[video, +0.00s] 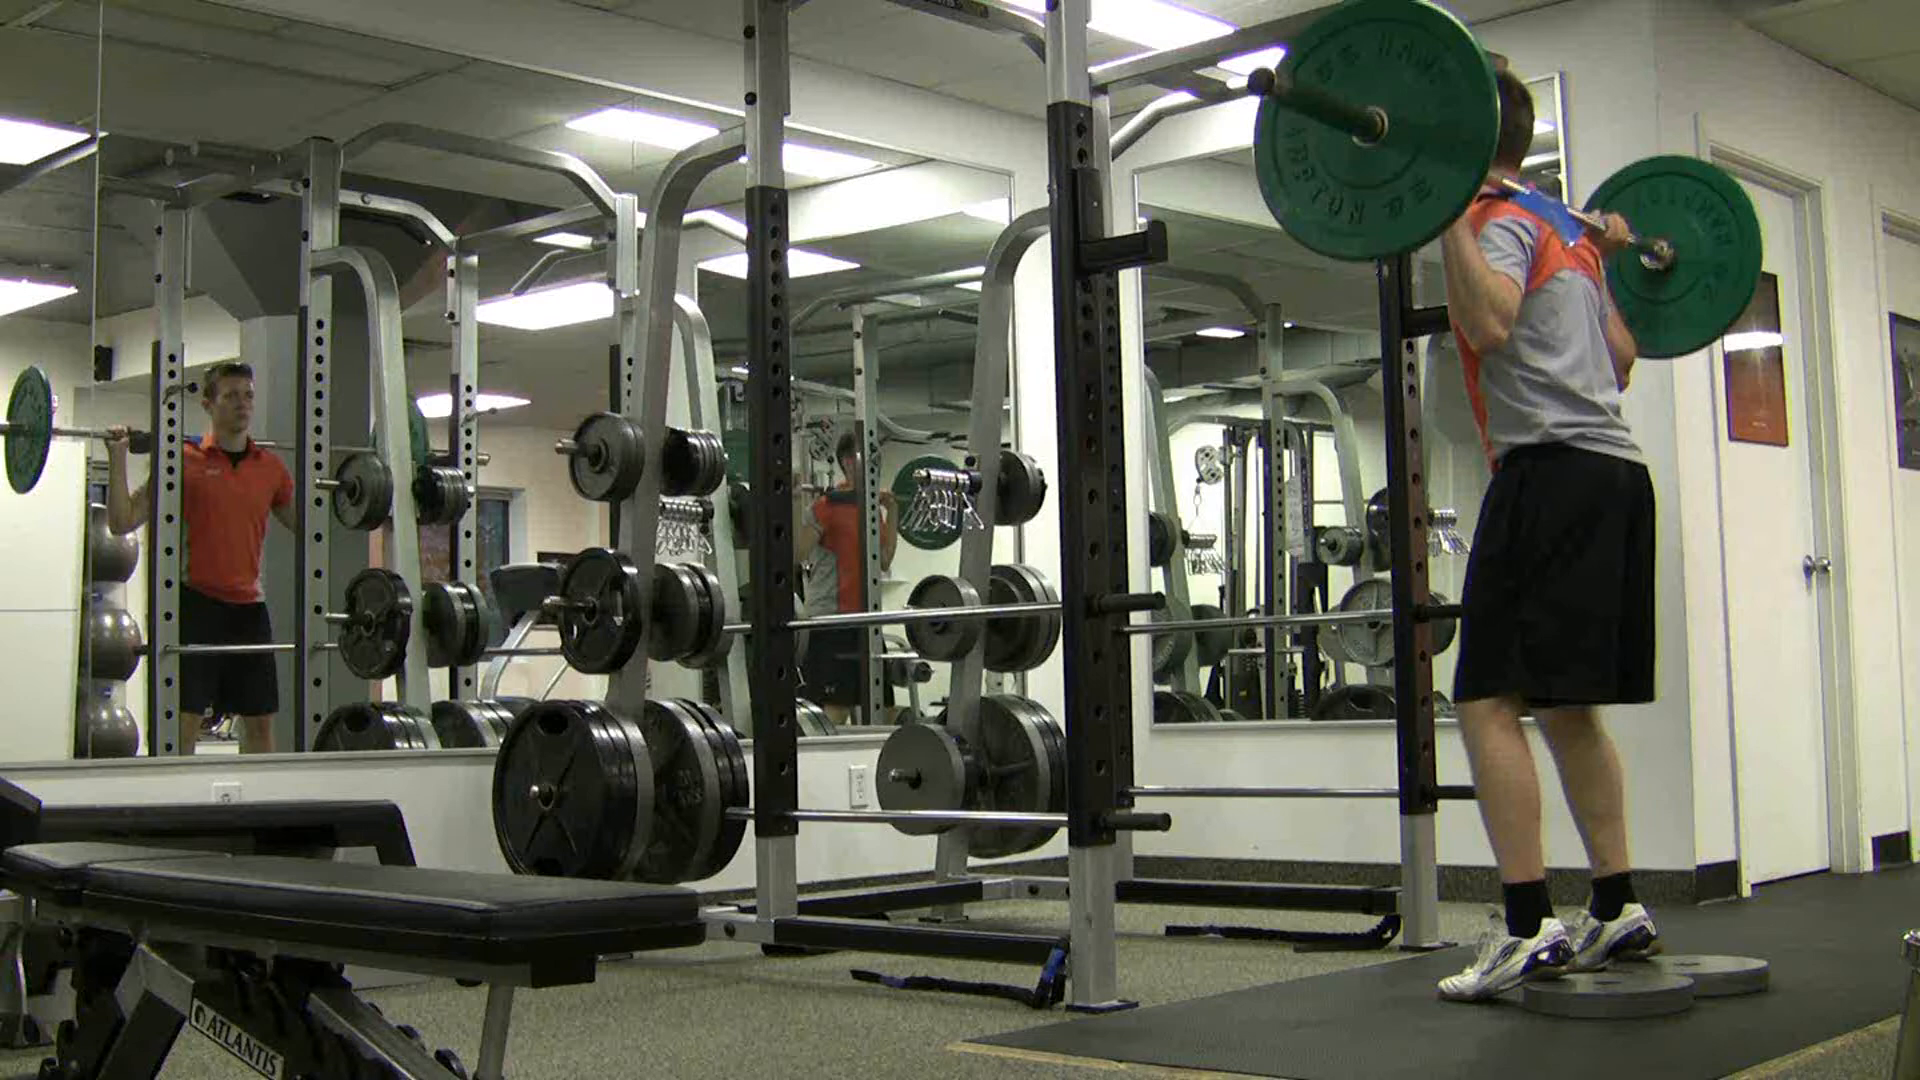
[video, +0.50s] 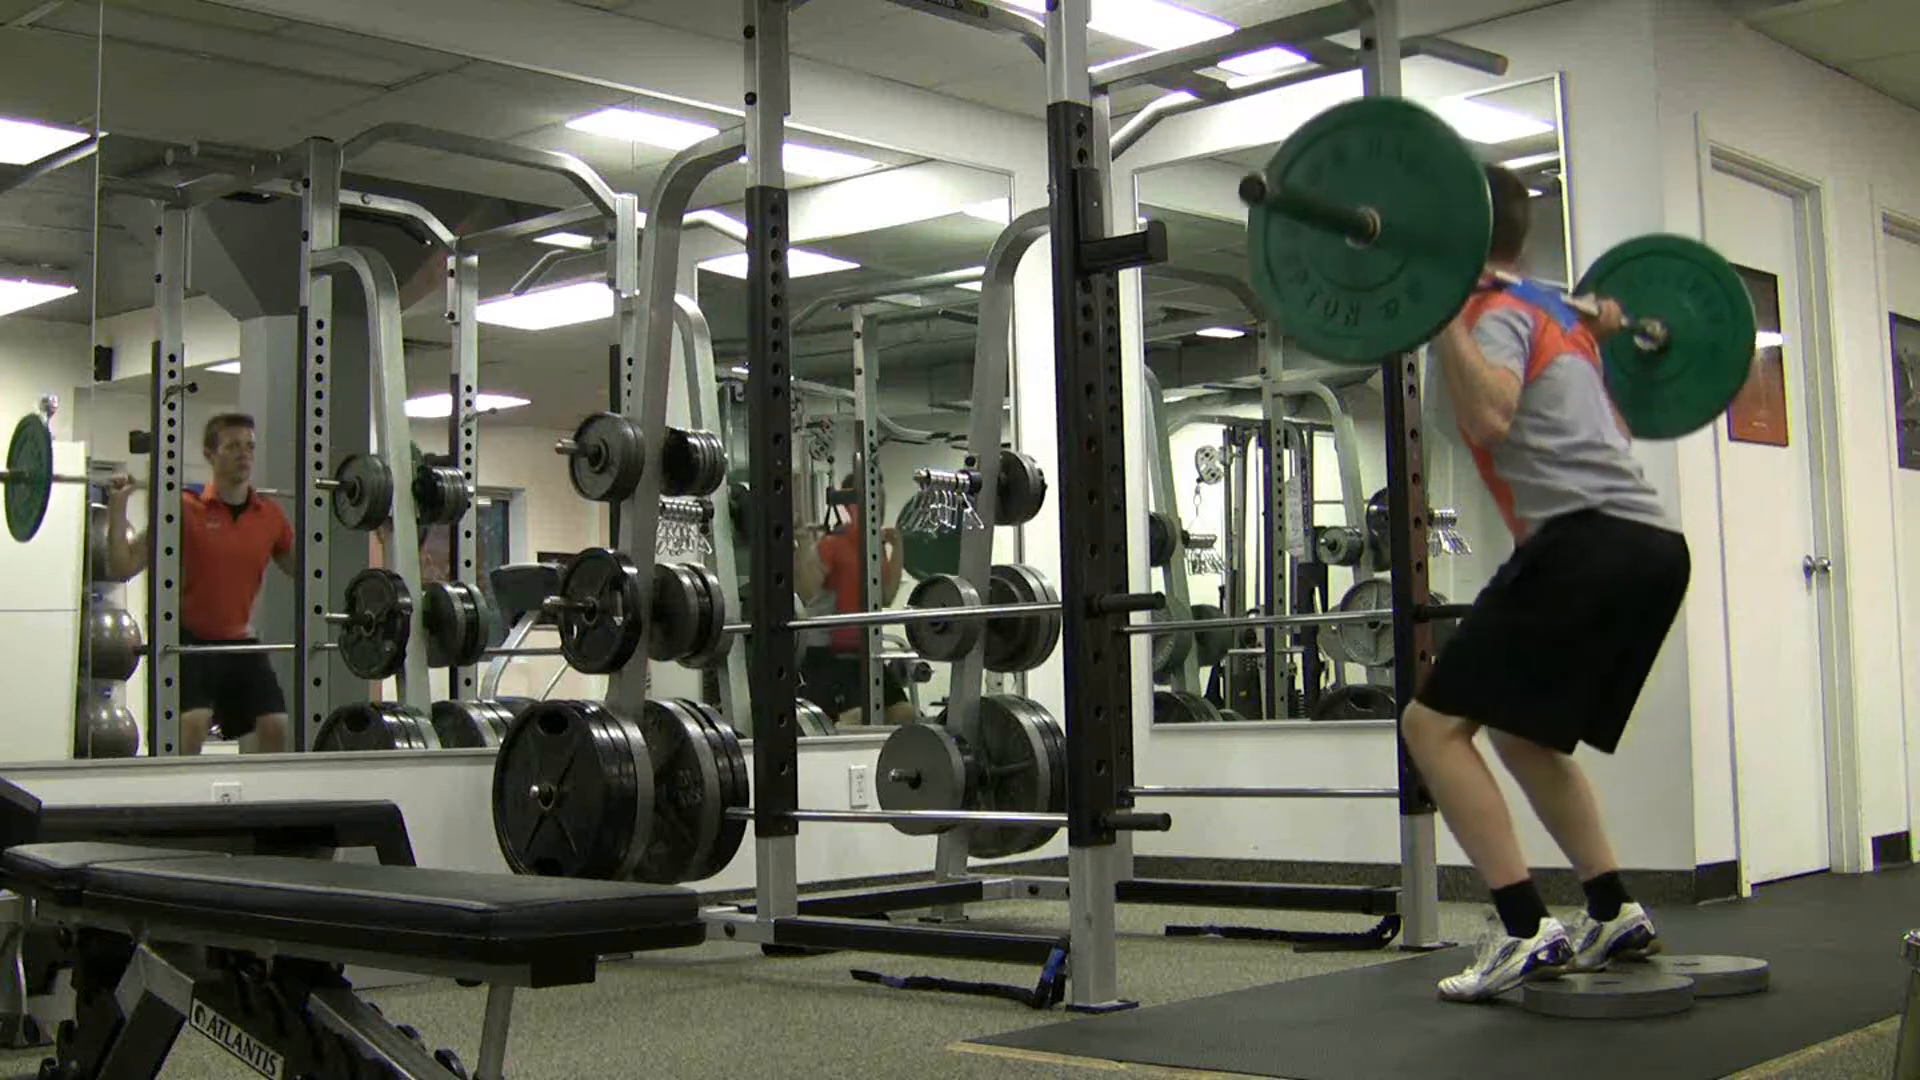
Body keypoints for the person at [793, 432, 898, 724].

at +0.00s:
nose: (864, 466)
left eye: (868, 458)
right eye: (857, 458)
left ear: (874, 461)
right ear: (844, 461)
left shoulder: (870, 507)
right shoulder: (826, 505)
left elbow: (885, 559)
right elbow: (799, 553)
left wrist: (892, 513)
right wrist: (797, 503)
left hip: (866, 615)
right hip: (831, 616)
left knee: (878, 708)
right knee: (835, 706)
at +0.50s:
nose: (871, 506)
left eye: (876, 498)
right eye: (863, 499)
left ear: (882, 501)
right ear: (848, 506)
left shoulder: (875, 545)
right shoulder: (833, 544)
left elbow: (887, 596)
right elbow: (808, 593)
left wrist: (897, 548)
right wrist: (804, 547)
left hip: (869, 652)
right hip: (835, 652)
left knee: (903, 716)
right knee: (852, 721)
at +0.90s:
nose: (874, 545)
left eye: (880, 536)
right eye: (866, 537)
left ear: (886, 540)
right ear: (851, 542)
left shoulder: (881, 585)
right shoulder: (832, 584)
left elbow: (887, 632)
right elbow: (816, 632)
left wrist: (899, 584)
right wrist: (803, 587)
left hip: (869, 678)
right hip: (830, 678)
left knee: (909, 716)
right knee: (860, 717)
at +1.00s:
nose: (880, 553)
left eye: (884, 546)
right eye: (870, 546)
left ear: (888, 549)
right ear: (853, 552)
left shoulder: (881, 593)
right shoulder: (832, 593)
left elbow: (887, 642)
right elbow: (815, 642)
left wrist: (900, 594)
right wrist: (804, 595)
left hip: (869, 684)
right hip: (831, 683)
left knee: (912, 719)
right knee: (860, 719)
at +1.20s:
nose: (884, 568)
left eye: (887, 561)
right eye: (876, 561)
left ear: (891, 564)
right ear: (855, 566)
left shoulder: (885, 607)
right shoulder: (835, 605)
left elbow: (891, 650)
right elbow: (815, 651)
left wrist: (901, 606)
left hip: (871, 692)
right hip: (835, 692)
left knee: (914, 719)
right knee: (864, 724)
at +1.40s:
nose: (886, 581)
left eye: (889, 574)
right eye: (879, 574)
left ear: (892, 576)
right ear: (856, 579)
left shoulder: (883, 618)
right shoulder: (835, 617)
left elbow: (896, 674)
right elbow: (808, 667)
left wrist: (900, 620)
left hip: (872, 701)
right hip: (836, 703)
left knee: (916, 719)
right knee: (862, 726)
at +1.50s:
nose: (887, 586)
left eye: (889, 579)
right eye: (879, 580)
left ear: (893, 581)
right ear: (857, 585)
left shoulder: (883, 622)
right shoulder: (836, 623)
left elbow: (891, 668)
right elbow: (807, 673)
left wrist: (903, 625)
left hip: (872, 704)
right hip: (838, 706)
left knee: (917, 721)